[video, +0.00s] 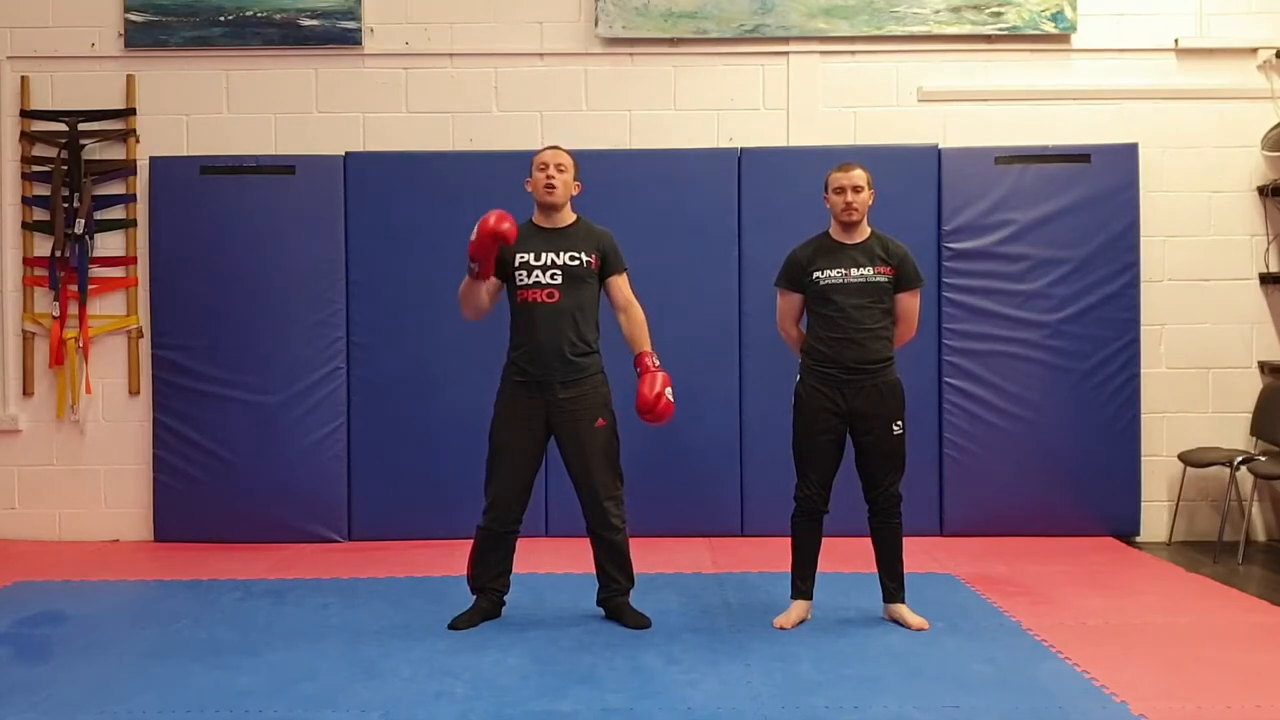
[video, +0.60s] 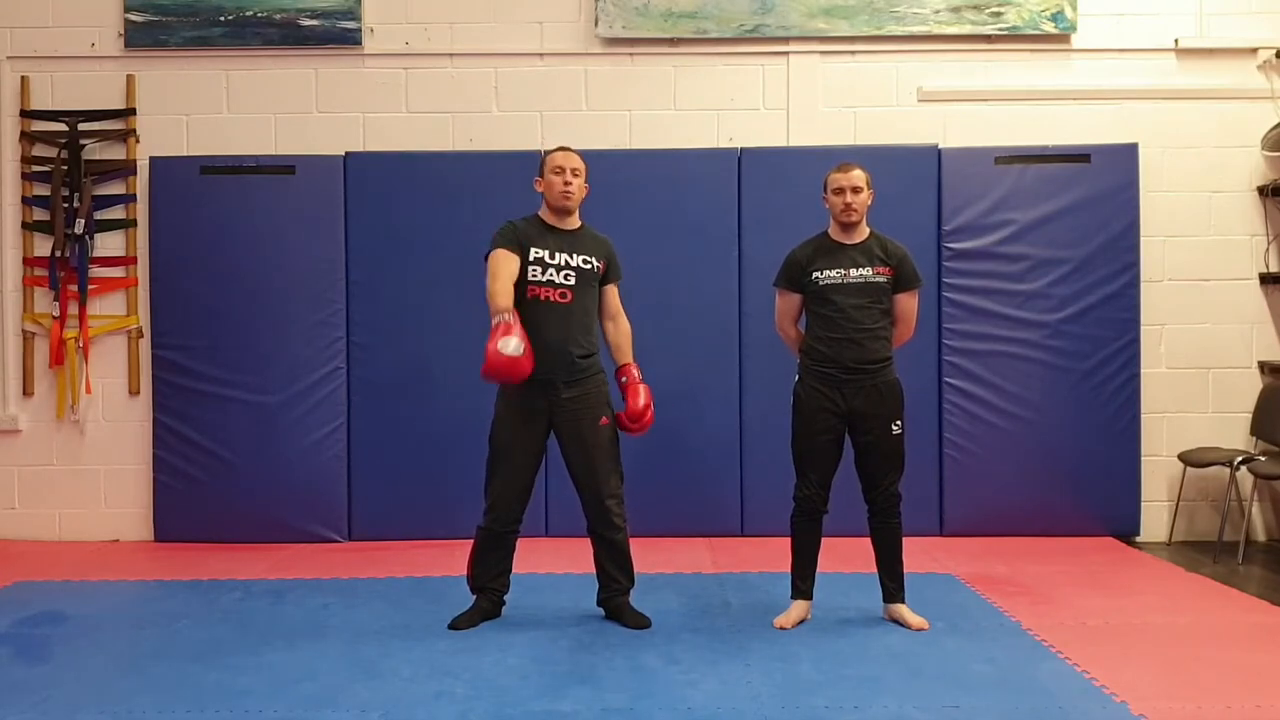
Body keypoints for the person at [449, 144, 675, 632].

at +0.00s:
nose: (549, 175)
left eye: (559, 170)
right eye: (541, 169)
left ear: (575, 187)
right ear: (528, 184)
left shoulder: (598, 240)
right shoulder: (509, 240)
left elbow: (627, 307)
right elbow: (473, 309)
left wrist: (648, 363)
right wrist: (481, 264)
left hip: (583, 388)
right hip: (522, 389)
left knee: (604, 498)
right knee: (502, 499)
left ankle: (616, 598)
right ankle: (488, 598)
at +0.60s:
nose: (569, 181)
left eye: (576, 175)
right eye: (560, 174)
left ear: (586, 188)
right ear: (540, 184)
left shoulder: (599, 247)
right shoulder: (514, 235)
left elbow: (614, 317)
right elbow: (499, 288)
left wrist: (630, 374)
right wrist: (506, 322)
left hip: (584, 390)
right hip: (523, 389)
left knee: (606, 498)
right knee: (503, 499)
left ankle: (616, 597)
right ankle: (488, 597)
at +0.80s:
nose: (570, 180)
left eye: (577, 174)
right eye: (560, 172)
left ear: (586, 186)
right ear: (539, 184)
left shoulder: (599, 247)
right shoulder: (512, 237)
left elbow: (613, 318)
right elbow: (492, 304)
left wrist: (629, 378)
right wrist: (496, 366)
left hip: (586, 391)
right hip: (524, 391)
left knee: (607, 500)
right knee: (504, 501)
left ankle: (616, 597)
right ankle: (488, 597)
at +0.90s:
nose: (565, 179)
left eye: (572, 173)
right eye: (555, 172)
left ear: (582, 185)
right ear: (536, 184)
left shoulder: (599, 246)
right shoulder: (510, 240)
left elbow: (614, 317)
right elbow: (489, 308)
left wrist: (629, 378)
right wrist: (493, 370)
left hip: (586, 390)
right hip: (523, 390)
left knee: (608, 500)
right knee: (504, 502)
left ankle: (616, 597)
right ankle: (488, 597)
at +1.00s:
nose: (559, 178)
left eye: (567, 171)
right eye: (550, 171)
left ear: (579, 183)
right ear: (533, 183)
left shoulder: (599, 244)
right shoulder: (509, 241)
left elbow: (615, 315)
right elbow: (487, 308)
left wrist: (630, 377)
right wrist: (483, 370)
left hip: (586, 390)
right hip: (524, 389)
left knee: (607, 500)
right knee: (504, 501)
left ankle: (616, 597)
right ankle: (488, 597)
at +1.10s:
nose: (553, 177)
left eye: (561, 170)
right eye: (544, 170)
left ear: (576, 182)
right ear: (530, 183)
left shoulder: (599, 242)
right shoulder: (508, 241)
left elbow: (618, 312)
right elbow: (485, 308)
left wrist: (633, 374)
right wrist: (474, 371)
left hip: (586, 389)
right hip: (524, 390)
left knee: (607, 500)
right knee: (505, 500)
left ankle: (616, 597)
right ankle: (488, 597)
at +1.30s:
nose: (545, 180)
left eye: (554, 173)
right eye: (537, 173)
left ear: (572, 183)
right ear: (526, 183)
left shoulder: (598, 241)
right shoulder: (507, 244)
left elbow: (621, 307)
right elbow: (486, 312)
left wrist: (637, 366)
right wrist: (474, 377)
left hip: (586, 389)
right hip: (524, 390)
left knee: (606, 499)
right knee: (504, 501)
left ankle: (616, 597)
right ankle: (488, 597)